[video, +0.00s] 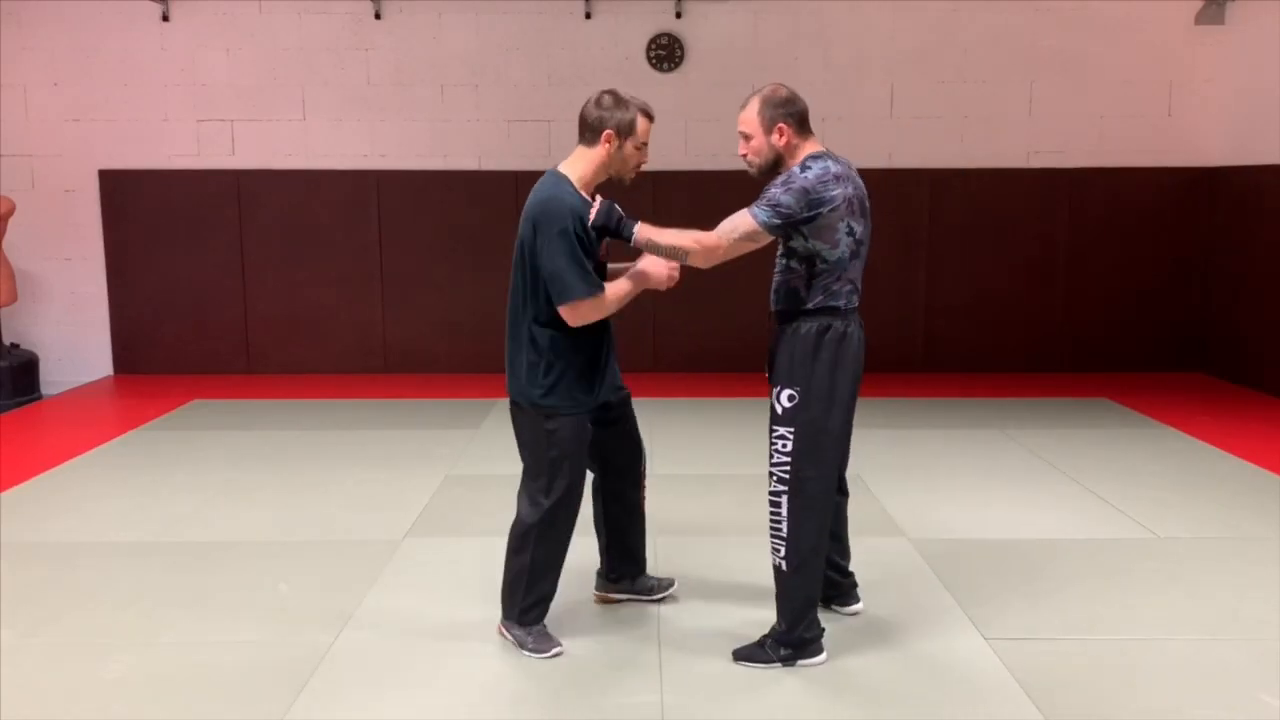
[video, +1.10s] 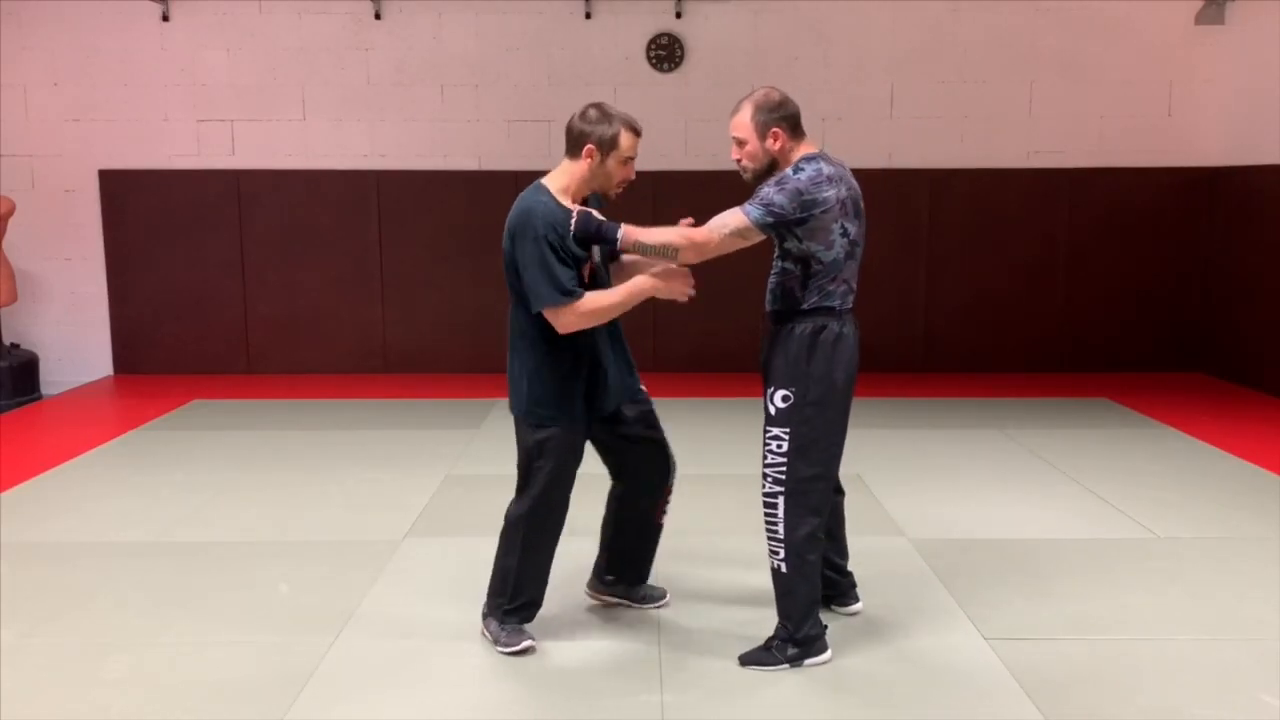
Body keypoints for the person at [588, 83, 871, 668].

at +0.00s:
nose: (741, 148)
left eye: (748, 137)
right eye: (740, 137)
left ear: (782, 133)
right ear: (790, 133)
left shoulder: (808, 184)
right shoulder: (834, 175)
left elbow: (713, 247)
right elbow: (734, 244)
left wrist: (627, 228)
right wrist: (644, 240)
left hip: (813, 342)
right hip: (833, 337)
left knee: (795, 485)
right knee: (822, 472)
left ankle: (797, 633)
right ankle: (835, 581)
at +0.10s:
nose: (742, 150)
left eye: (749, 139)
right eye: (741, 139)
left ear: (784, 135)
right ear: (789, 136)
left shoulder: (813, 184)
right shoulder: (826, 177)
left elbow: (713, 247)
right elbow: (729, 244)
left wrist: (634, 228)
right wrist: (650, 235)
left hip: (815, 342)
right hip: (826, 338)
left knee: (796, 483)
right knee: (820, 472)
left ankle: (797, 633)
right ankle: (834, 581)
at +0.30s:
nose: (743, 156)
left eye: (749, 144)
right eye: (742, 144)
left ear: (785, 140)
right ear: (788, 140)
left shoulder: (819, 185)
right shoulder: (821, 178)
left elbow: (721, 243)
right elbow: (810, 277)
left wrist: (637, 233)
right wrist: (781, 339)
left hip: (819, 337)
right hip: (819, 335)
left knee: (797, 482)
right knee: (817, 474)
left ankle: (795, 633)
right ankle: (834, 582)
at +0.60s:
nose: (741, 159)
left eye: (747, 147)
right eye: (740, 147)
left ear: (783, 141)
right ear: (786, 141)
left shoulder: (813, 185)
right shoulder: (825, 177)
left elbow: (714, 237)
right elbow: (815, 278)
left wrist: (629, 230)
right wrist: (783, 338)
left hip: (815, 338)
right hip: (822, 335)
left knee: (797, 483)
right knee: (818, 473)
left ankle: (801, 632)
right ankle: (834, 582)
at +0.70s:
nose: (741, 158)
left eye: (746, 146)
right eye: (739, 147)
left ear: (781, 140)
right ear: (784, 139)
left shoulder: (810, 185)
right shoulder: (825, 176)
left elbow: (709, 235)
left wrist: (620, 223)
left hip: (813, 339)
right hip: (820, 335)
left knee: (795, 482)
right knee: (817, 472)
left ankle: (801, 632)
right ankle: (834, 581)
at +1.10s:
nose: (734, 153)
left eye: (742, 142)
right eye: (733, 141)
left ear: (777, 138)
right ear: (782, 138)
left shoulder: (803, 186)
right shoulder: (825, 176)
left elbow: (701, 242)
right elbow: (720, 239)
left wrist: (612, 235)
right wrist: (624, 242)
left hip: (809, 344)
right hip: (823, 340)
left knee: (787, 488)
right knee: (816, 473)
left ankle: (799, 635)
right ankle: (834, 583)